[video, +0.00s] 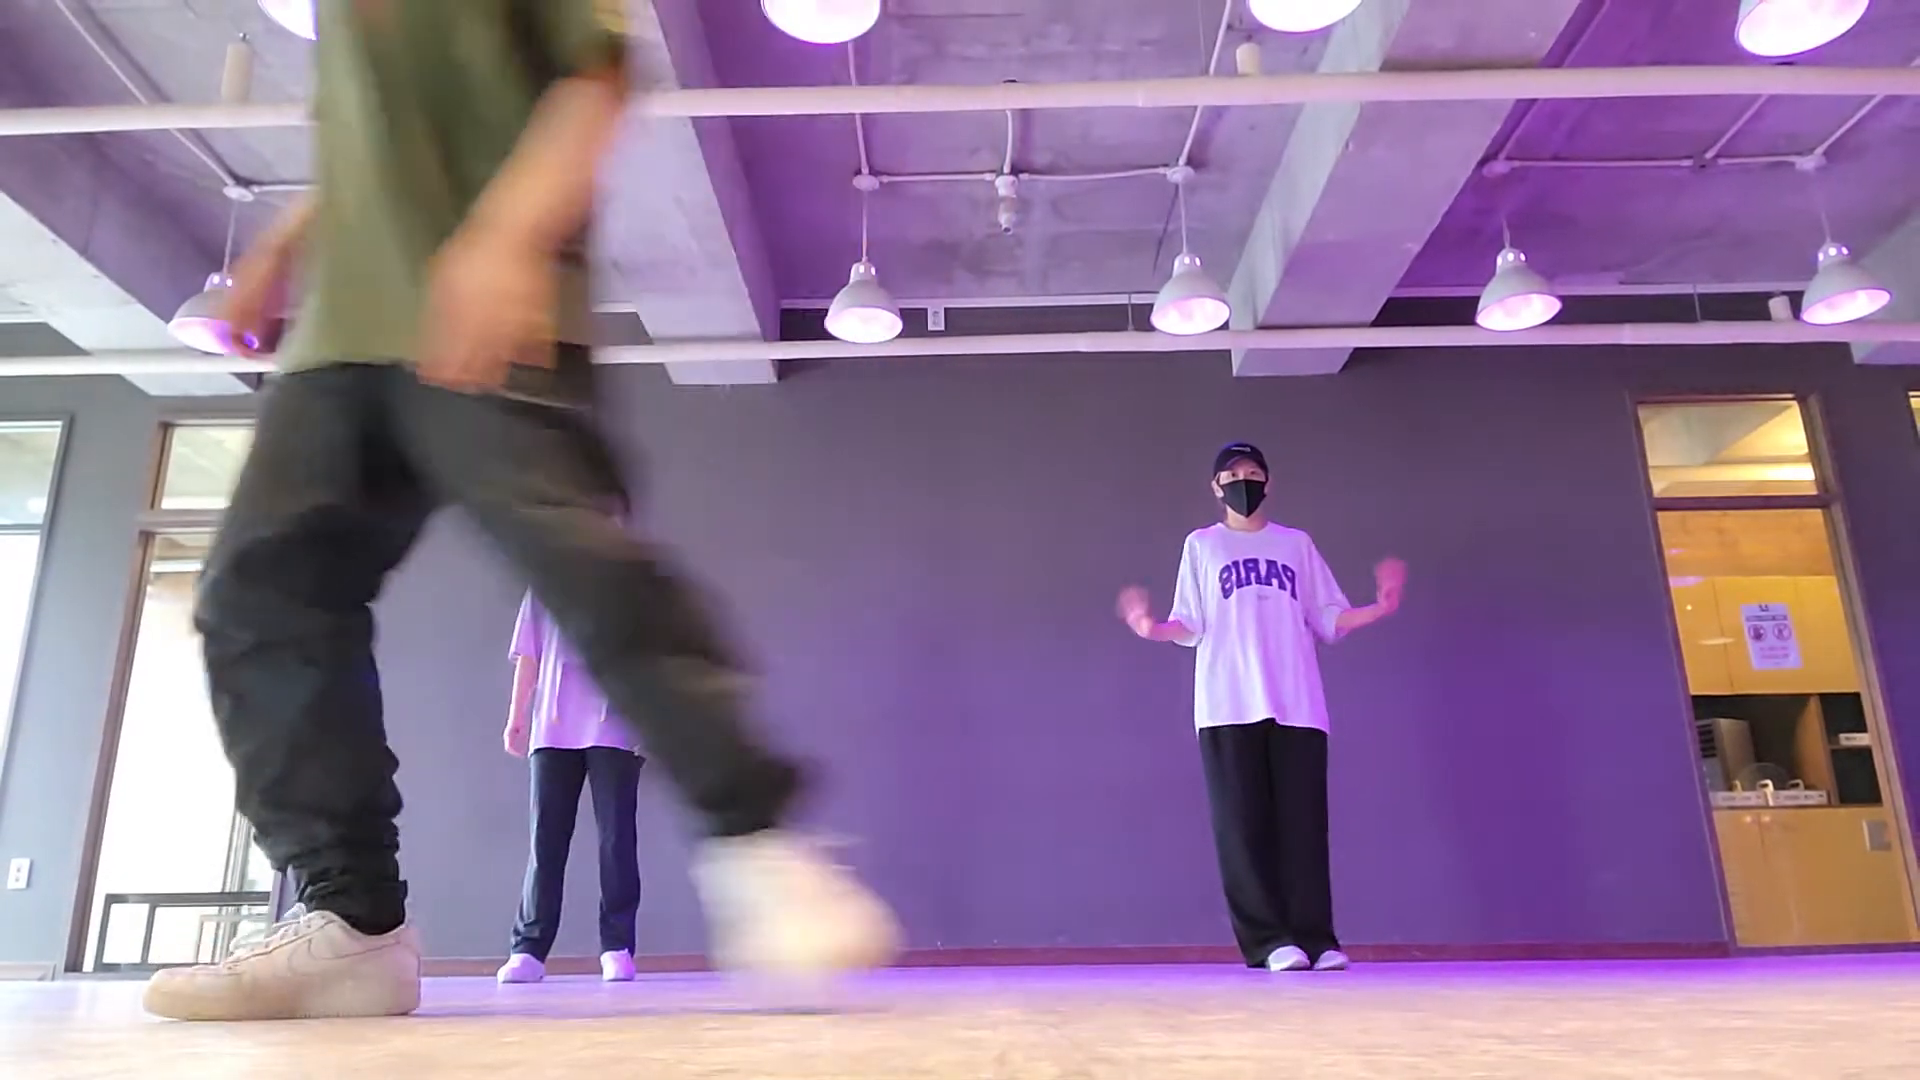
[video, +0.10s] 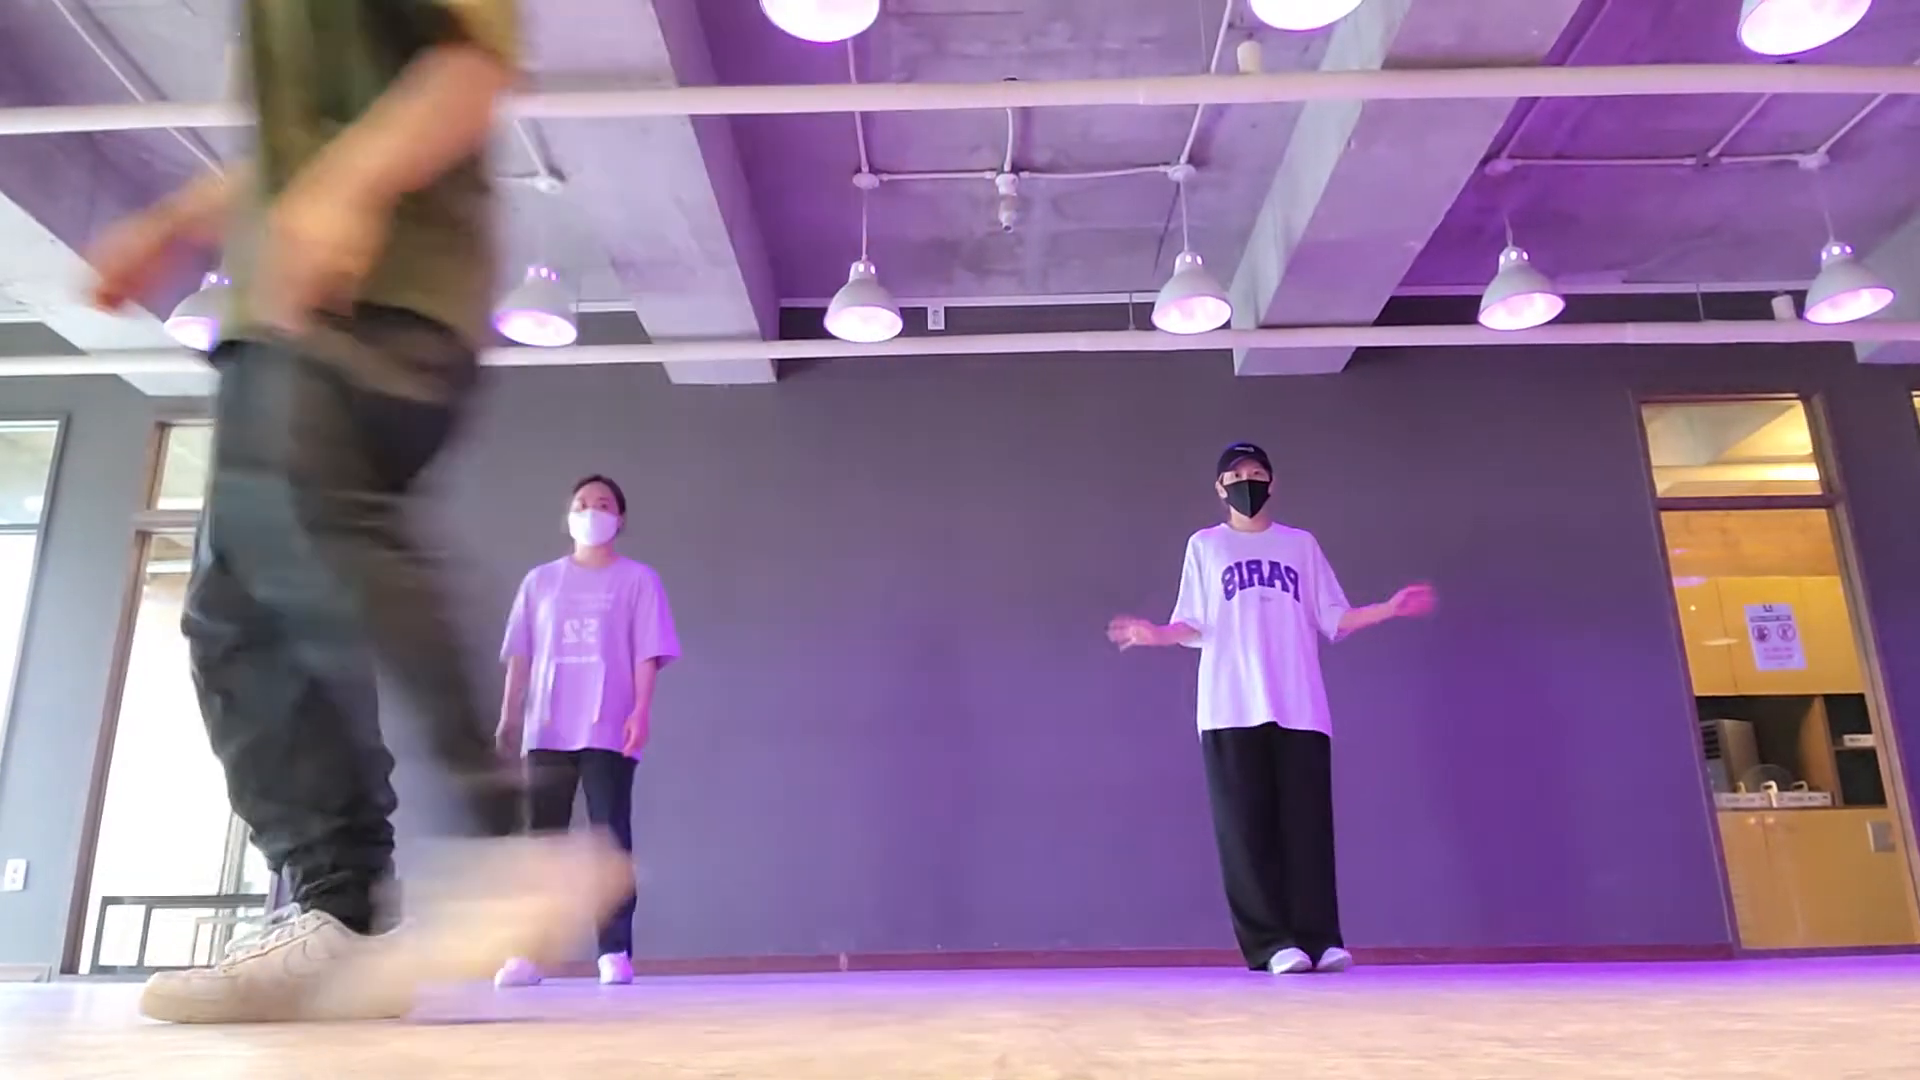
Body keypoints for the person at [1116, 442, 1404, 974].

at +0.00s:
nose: (1244, 483)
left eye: (1252, 474)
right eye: (1233, 475)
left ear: (1267, 483)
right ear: (1217, 486)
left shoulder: (1298, 545)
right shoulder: (1201, 546)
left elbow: (1330, 622)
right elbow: (1191, 627)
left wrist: (1381, 607)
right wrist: (1149, 627)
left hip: (1297, 702)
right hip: (1229, 706)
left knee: (1303, 822)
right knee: (1245, 829)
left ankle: (1318, 941)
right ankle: (1269, 944)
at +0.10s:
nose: (1247, 483)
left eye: (1256, 474)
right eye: (1236, 475)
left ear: (1271, 484)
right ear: (1220, 487)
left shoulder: (1302, 545)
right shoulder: (1204, 547)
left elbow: (1335, 622)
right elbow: (1196, 628)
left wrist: (1392, 607)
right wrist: (1151, 633)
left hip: (1299, 704)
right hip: (1233, 707)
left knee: (1307, 822)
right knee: (1248, 830)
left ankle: (1321, 941)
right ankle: (1270, 947)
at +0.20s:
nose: (1251, 484)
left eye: (1260, 475)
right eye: (1240, 476)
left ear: (1275, 484)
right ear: (1224, 487)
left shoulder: (1308, 545)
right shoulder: (1207, 548)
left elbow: (1340, 624)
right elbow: (1195, 628)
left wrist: (1385, 617)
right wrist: (1164, 641)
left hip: (1304, 707)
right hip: (1236, 710)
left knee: (1313, 823)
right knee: (1252, 833)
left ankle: (1326, 940)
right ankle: (1273, 949)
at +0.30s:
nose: (1256, 480)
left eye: (1266, 471)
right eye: (1245, 472)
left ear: (1281, 483)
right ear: (1228, 487)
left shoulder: (1313, 545)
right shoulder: (1211, 548)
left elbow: (1354, 625)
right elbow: (1191, 630)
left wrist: (1409, 632)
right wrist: (1149, 665)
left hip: (1310, 712)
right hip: (1241, 715)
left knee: (1320, 829)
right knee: (1257, 839)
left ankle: (1332, 943)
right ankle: (1278, 955)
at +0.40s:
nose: (1247, 486)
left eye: (1256, 478)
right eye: (1236, 479)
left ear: (1270, 486)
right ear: (1221, 488)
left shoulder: (1301, 543)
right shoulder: (1204, 545)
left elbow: (1343, 619)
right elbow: (1181, 627)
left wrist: (1395, 661)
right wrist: (1152, 686)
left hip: (1299, 703)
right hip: (1232, 705)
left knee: (1308, 816)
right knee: (1248, 823)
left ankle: (1319, 930)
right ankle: (1269, 941)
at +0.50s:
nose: (1248, 485)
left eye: (1257, 477)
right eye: (1237, 478)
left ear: (1272, 486)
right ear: (1221, 488)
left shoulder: (1304, 544)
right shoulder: (1204, 548)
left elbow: (1337, 622)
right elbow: (1190, 629)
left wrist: (1367, 675)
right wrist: (1179, 689)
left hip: (1302, 701)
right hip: (1235, 704)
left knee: (1310, 816)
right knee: (1250, 823)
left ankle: (1320, 931)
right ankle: (1269, 940)